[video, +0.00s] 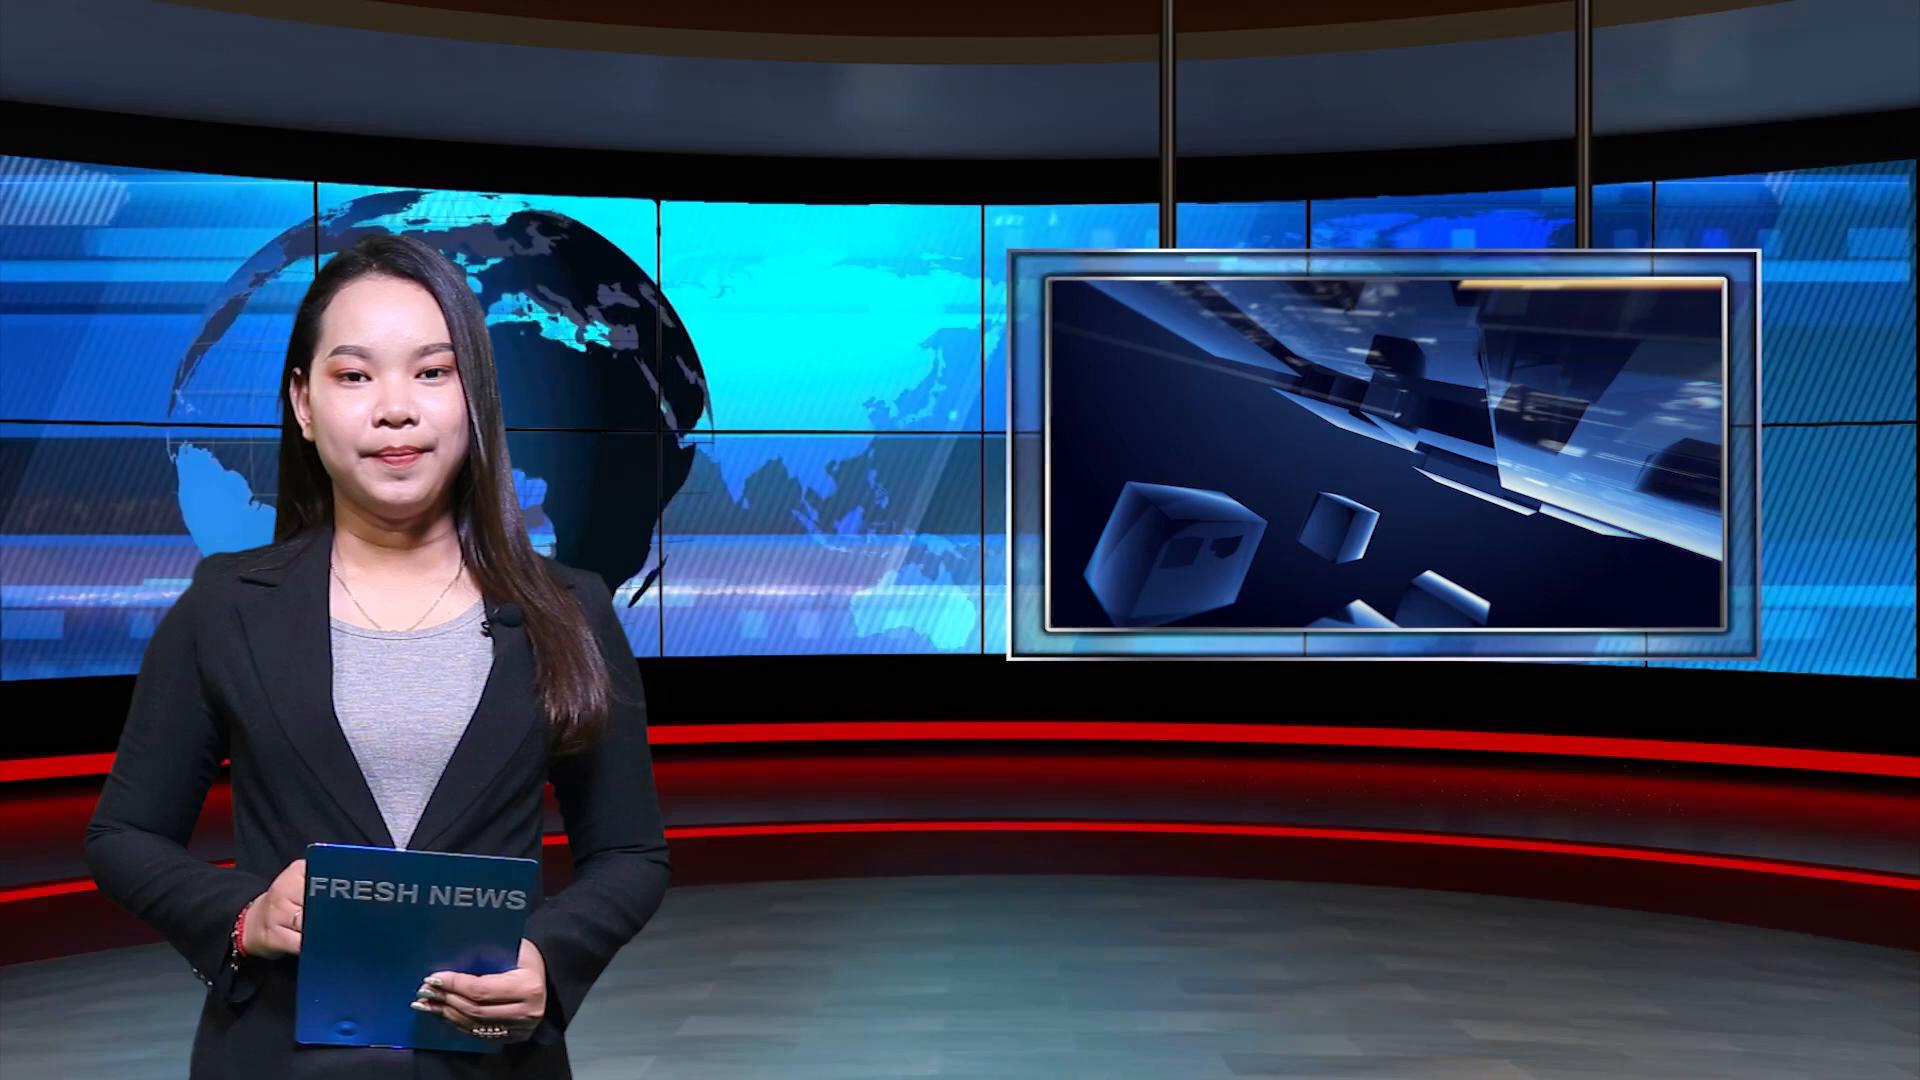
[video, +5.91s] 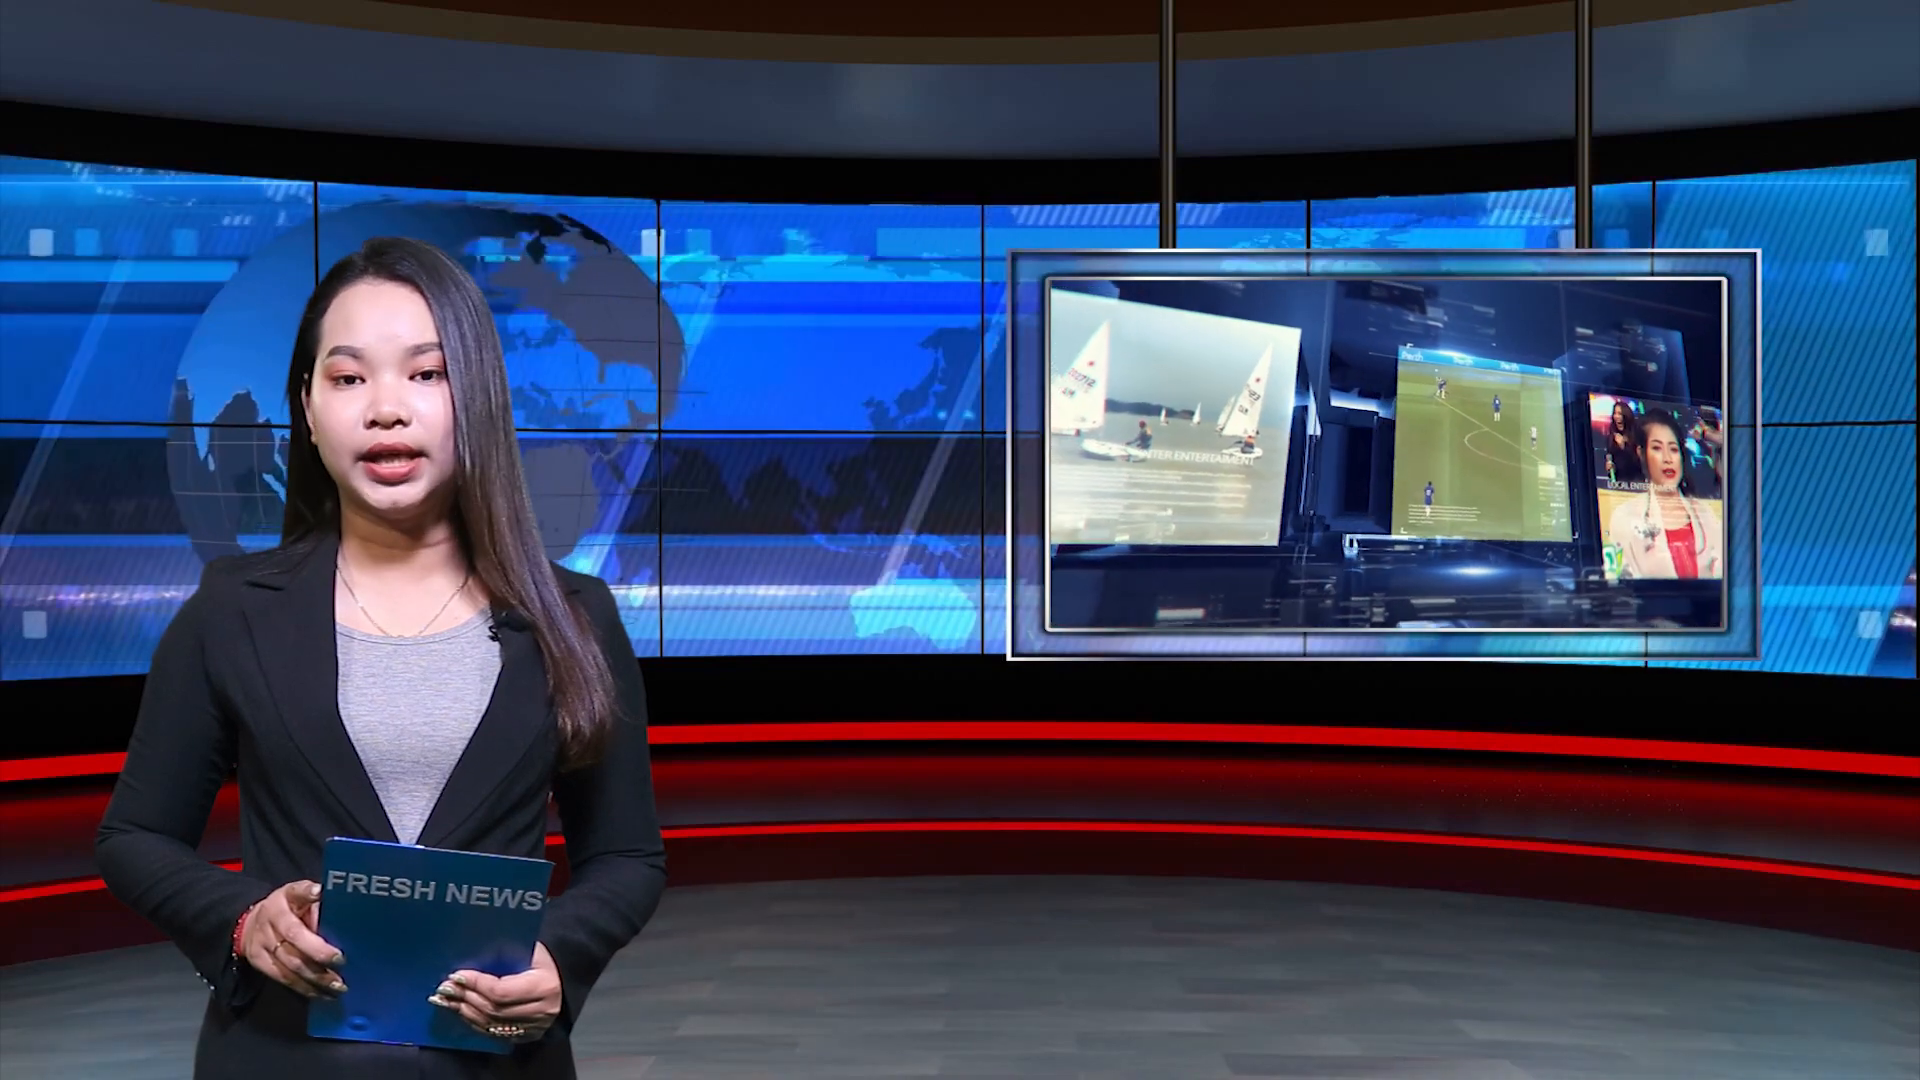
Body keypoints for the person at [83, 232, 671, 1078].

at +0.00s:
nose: (395, 408)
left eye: (430, 371)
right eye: (353, 374)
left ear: (474, 398)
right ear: (303, 404)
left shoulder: (566, 611)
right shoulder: (226, 607)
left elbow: (630, 855)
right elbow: (124, 837)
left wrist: (545, 962)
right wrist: (244, 912)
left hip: (493, 1049)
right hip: (277, 1051)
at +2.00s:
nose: (387, 405)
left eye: (422, 370)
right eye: (344, 374)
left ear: (469, 395)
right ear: (298, 407)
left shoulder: (561, 612)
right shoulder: (224, 612)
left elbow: (620, 854)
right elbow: (130, 835)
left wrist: (539, 960)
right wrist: (227, 915)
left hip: (489, 1051)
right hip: (275, 1054)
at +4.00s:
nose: (401, 414)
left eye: (433, 376)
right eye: (358, 378)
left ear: (470, 405)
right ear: (303, 409)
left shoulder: (560, 614)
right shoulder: (225, 613)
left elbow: (617, 855)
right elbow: (129, 838)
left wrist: (546, 958)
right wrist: (231, 916)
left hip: (492, 1050)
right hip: (279, 1052)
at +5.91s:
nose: (387, 409)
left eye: (426, 373)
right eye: (347, 376)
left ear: (477, 396)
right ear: (308, 408)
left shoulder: (568, 616)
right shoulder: (236, 611)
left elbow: (625, 857)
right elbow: (134, 838)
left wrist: (555, 961)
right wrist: (239, 916)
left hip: (497, 1052)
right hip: (282, 1053)